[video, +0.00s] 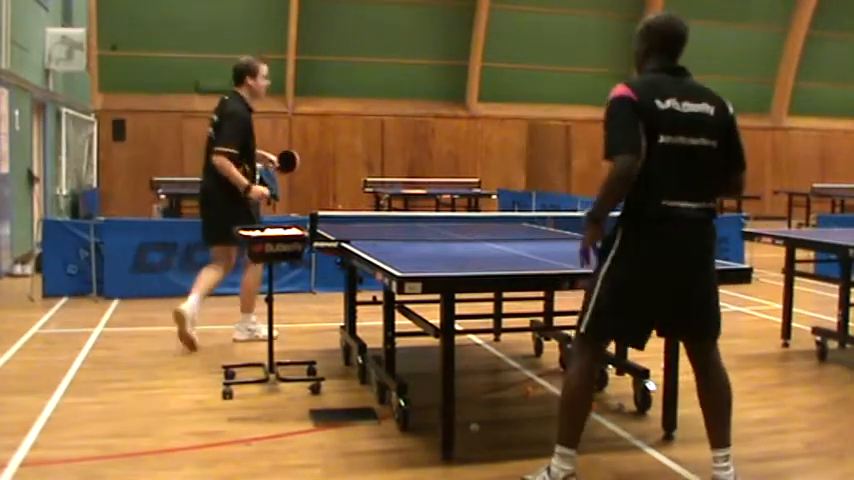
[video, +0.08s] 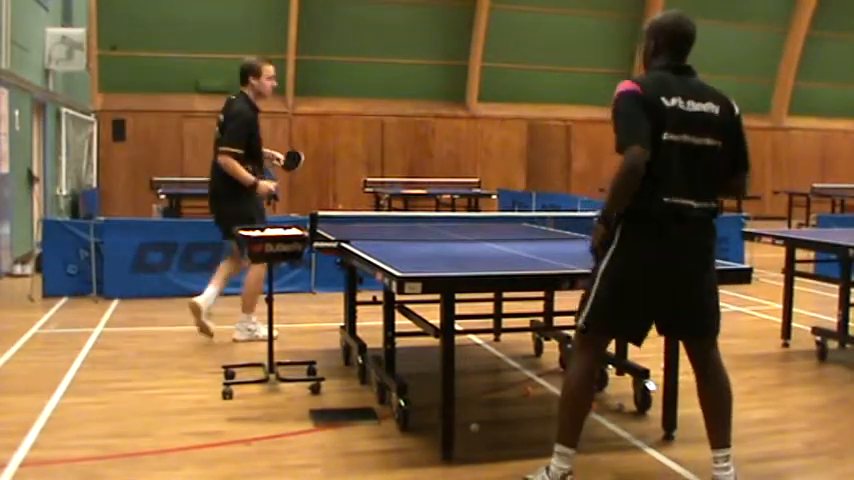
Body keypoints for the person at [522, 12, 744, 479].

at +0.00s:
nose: (633, 53)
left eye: (636, 45)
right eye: (638, 45)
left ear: (643, 49)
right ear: (681, 52)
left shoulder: (630, 95)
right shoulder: (715, 103)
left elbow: (627, 164)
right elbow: (733, 182)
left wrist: (595, 219)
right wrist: (684, 184)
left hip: (640, 241)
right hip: (695, 244)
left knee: (587, 349)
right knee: (706, 356)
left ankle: (561, 465)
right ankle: (724, 469)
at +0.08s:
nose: (640, 52)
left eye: (642, 45)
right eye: (643, 44)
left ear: (650, 48)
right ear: (689, 51)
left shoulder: (635, 92)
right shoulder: (722, 104)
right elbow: (736, 184)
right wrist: (683, 181)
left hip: (640, 241)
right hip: (695, 244)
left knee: (589, 346)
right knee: (705, 354)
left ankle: (560, 465)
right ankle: (724, 469)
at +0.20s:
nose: (638, 51)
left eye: (641, 43)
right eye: (642, 43)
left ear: (650, 47)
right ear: (688, 51)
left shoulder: (632, 90)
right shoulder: (720, 104)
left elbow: (629, 153)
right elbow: (733, 188)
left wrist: (602, 204)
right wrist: (684, 192)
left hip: (636, 241)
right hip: (692, 245)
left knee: (587, 348)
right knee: (705, 357)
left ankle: (551, 465)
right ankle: (724, 469)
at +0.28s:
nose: (634, 53)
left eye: (637, 46)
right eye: (639, 45)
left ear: (643, 50)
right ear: (681, 54)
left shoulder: (622, 95)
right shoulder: (711, 107)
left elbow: (612, 156)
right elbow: (728, 187)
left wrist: (595, 206)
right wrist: (684, 196)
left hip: (628, 248)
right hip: (685, 251)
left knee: (581, 352)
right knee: (704, 359)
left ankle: (540, 467)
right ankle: (724, 469)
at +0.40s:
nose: (612, 63)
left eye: (615, 57)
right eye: (620, 57)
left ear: (619, 60)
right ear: (659, 66)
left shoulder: (592, 106)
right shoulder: (687, 112)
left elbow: (575, 167)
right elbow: (707, 191)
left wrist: (579, 214)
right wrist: (662, 200)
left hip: (613, 252)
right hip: (673, 254)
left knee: (562, 355)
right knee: (697, 358)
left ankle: (536, 469)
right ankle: (723, 468)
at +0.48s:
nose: (598, 67)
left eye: (600, 61)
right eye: (602, 60)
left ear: (605, 64)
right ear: (645, 67)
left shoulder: (580, 108)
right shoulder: (676, 114)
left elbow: (556, 176)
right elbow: (692, 198)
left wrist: (570, 213)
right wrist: (647, 211)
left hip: (604, 251)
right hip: (666, 251)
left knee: (557, 356)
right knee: (695, 352)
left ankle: (535, 469)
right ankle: (723, 466)